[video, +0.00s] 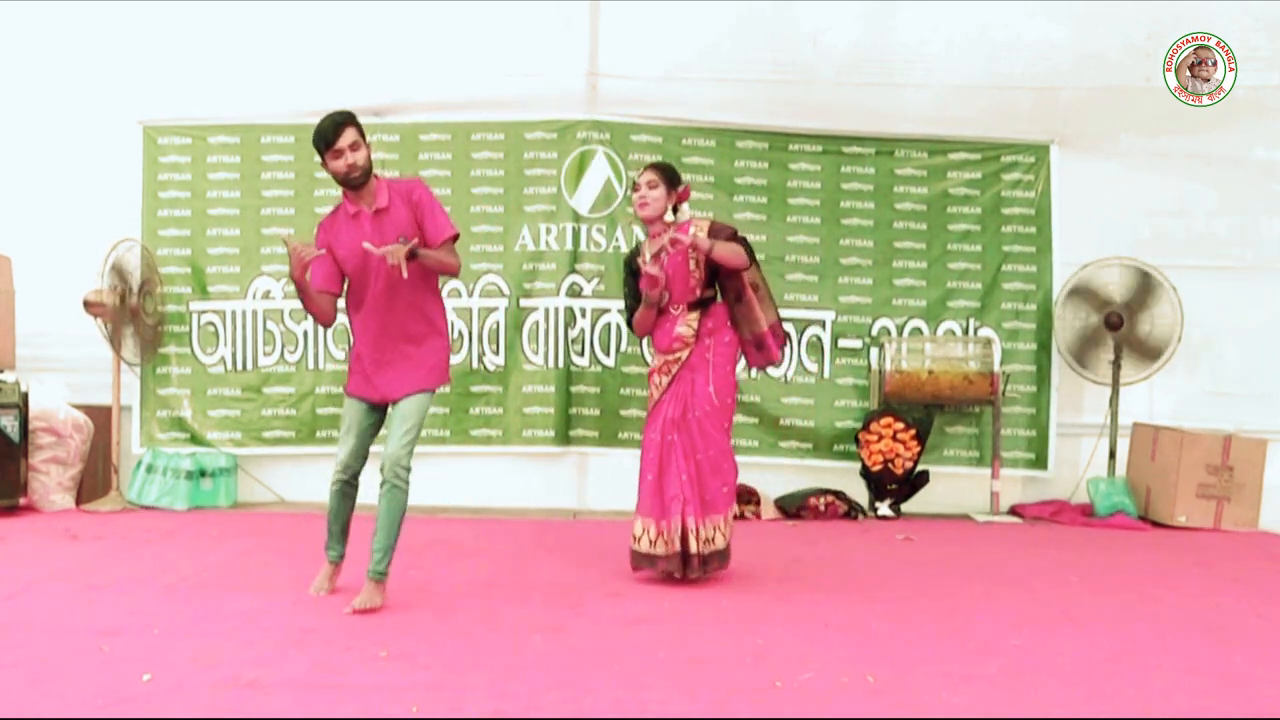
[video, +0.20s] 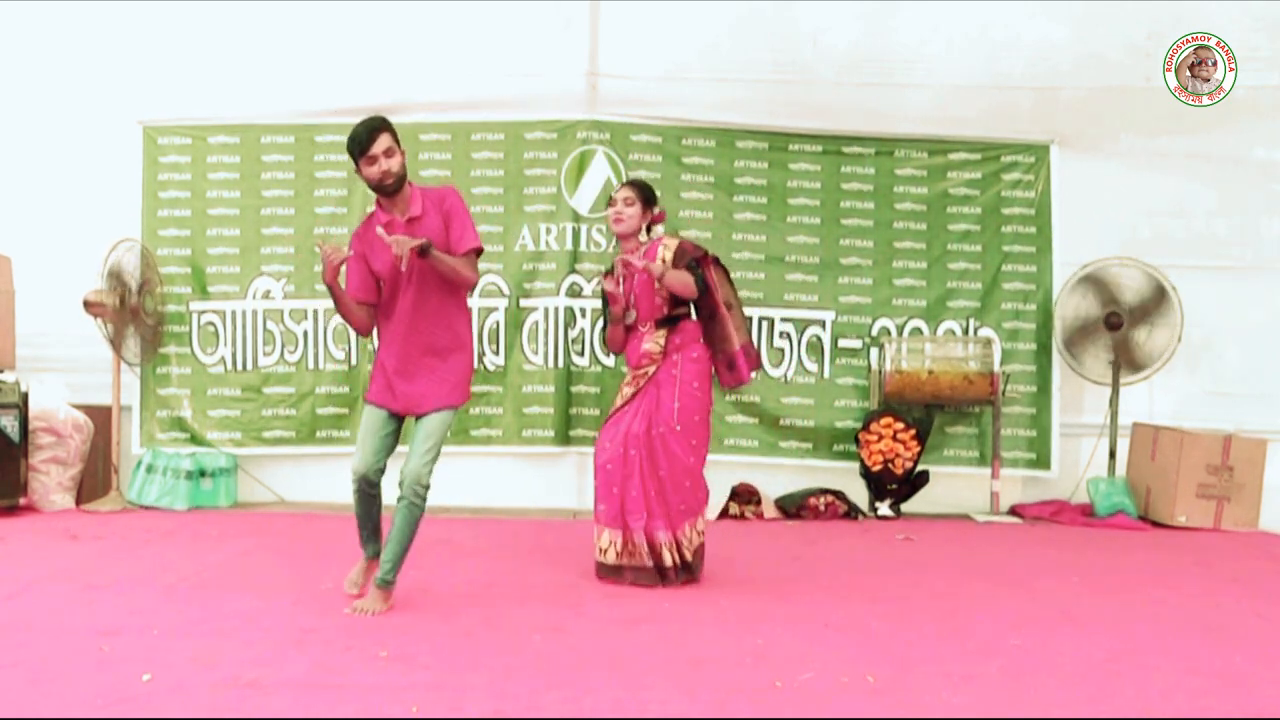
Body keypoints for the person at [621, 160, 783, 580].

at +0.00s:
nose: (641, 195)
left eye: (651, 188)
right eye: (637, 189)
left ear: (675, 195)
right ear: (633, 199)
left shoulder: (702, 231)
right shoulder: (638, 258)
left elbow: (743, 256)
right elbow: (640, 327)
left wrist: (702, 244)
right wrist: (652, 295)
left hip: (712, 339)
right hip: (668, 348)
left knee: (701, 431)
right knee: (662, 433)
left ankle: (705, 542)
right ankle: (670, 544)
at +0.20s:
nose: (616, 211)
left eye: (627, 205)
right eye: (613, 204)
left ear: (650, 214)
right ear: (609, 215)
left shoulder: (672, 249)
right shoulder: (616, 272)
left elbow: (696, 290)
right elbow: (615, 347)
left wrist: (653, 269)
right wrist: (616, 309)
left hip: (683, 358)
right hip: (644, 365)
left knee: (665, 441)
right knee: (613, 442)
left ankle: (675, 551)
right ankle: (629, 551)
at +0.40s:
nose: (587, 189)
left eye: (599, 184)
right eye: (585, 182)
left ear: (621, 196)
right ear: (579, 192)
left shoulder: (636, 234)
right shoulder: (582, 247)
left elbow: (635, 290)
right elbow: (571, 317)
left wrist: (593, 260)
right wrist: (568, 278)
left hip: (642, 341)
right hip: (606, 345)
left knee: (627, 429)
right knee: (592, 430)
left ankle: (646, 538)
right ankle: (604, 545)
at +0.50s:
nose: (574, 189)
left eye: (585, 183)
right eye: (570, 181)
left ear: (606, 195)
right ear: (562, 189)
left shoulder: (619, 238)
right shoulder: (564, 240)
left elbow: (618, 297)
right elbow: (552, 288)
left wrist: (580, 272)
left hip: (617, 342)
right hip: (578, 343)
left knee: (602, 433)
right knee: (570, 435)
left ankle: (617, 539)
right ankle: (576, 541)